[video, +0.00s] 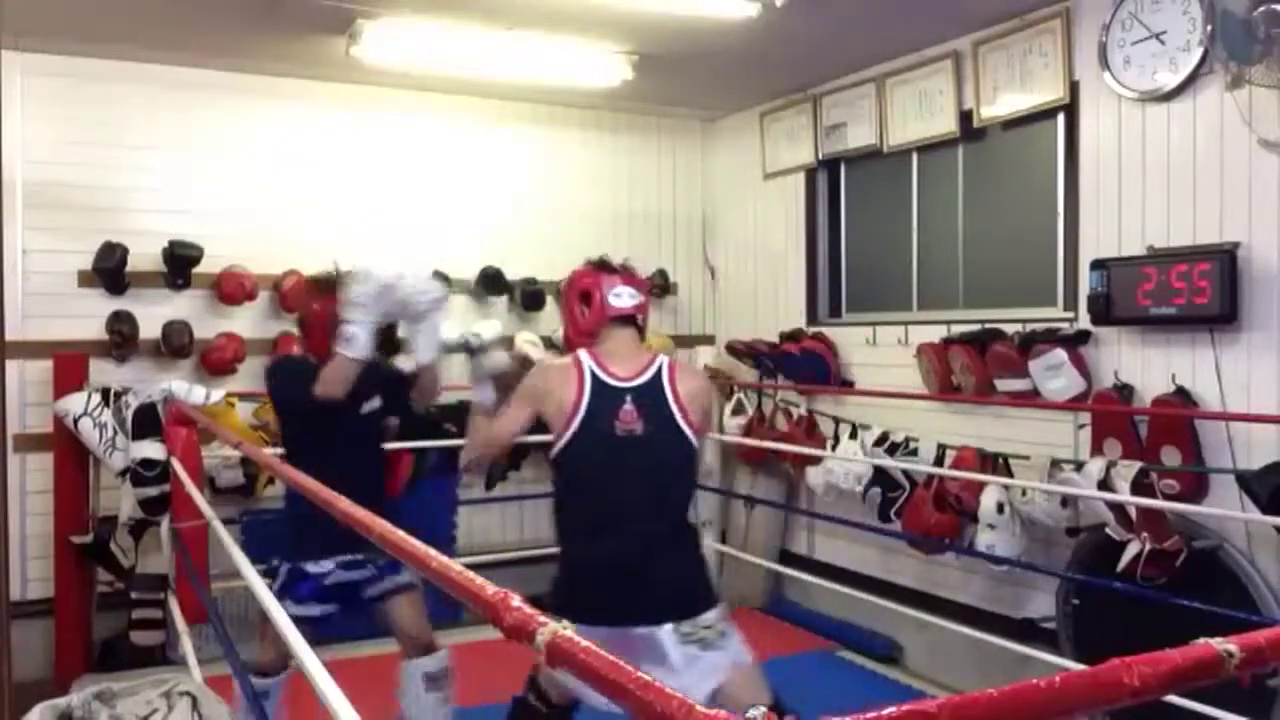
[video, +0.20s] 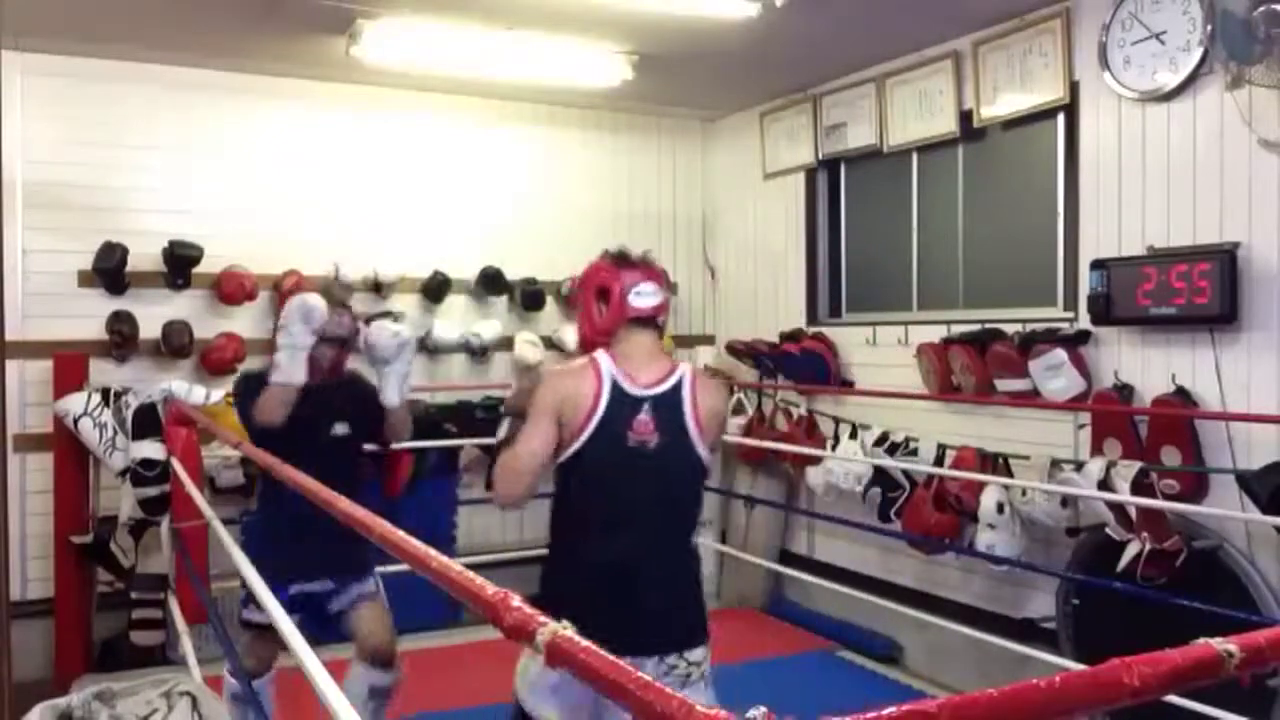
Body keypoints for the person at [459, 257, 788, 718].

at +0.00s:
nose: (565, 323)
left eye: (568, 311)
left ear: (580, 313)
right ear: (643, 315)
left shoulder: (553, 378)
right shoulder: (691, 381)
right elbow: (695, 440)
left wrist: (488, 390)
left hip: (589, 594)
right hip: (678, 591)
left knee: (542, 704)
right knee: (760, 708)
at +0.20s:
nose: (579, 321)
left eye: (584, 307)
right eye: (580, 308)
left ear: (601, 307)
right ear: (663, 313)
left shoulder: (567, 382)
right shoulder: (709, 393)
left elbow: (508, 488)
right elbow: (693, 460)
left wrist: (523, 408)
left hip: (576, 629)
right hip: (672, 630)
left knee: (547, 708)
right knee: (683, 713)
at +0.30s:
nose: (593, 285)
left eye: (598, 273)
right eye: (596, 274)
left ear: (611, 275)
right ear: (678, 279)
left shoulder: (576, 348)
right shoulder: (723, 366)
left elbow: (518, 455)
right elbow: (719, 461)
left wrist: (576, 431)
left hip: (585, 598)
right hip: (679, 599)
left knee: (566, 710)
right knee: (690, 712)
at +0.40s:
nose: (597, 270)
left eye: (601, 257)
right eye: (600, 258)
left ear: (614, 260)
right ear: (683, 266)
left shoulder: (574, 337)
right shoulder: (731, 353)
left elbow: (523, 446)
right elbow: (728, 465)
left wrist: (581, 428)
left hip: (585, 581)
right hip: (682, 586)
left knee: (566, 707)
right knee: (684, 710)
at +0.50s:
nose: (596, 301)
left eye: (600, 288)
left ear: (615, 289)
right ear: (687, 290)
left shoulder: (572, 368)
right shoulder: (738, 382)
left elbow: (524, 485)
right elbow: (739, 504)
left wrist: (585, 462)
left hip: (584, 623)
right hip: (690, 628)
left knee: (569, 709)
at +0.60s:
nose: (598, 323)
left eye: (602, 309)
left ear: (618, 310)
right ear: (688, 310)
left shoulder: (572, 395)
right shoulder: (738, 411)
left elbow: (534, 518)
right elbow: (735, 535)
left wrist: (590, 479)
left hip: (586, 668)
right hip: (691, 668)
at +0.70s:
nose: (583, 309)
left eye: (585, 294)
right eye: (582, 296)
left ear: (604, 289)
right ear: (674, 288)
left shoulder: (569, 368)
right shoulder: (732, 380)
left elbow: (527, 497)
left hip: (588, 649)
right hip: (692, 648)